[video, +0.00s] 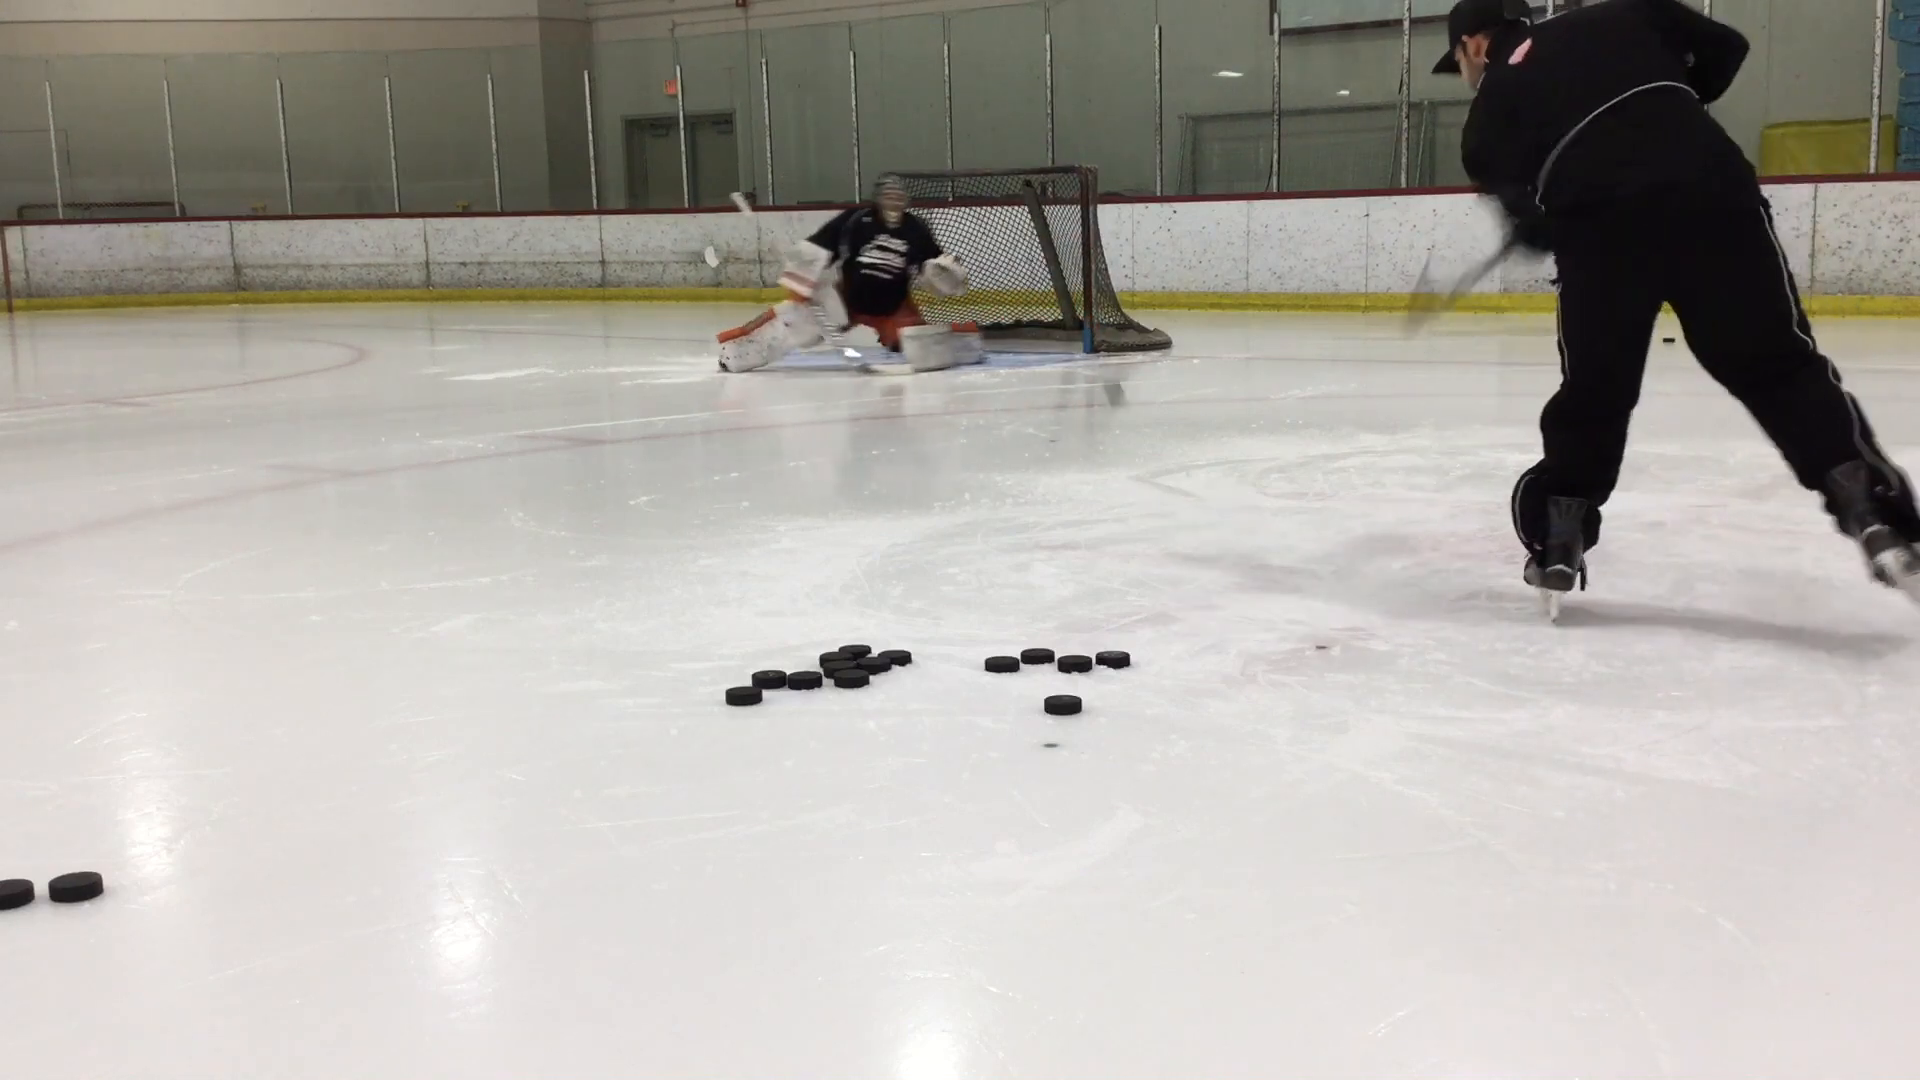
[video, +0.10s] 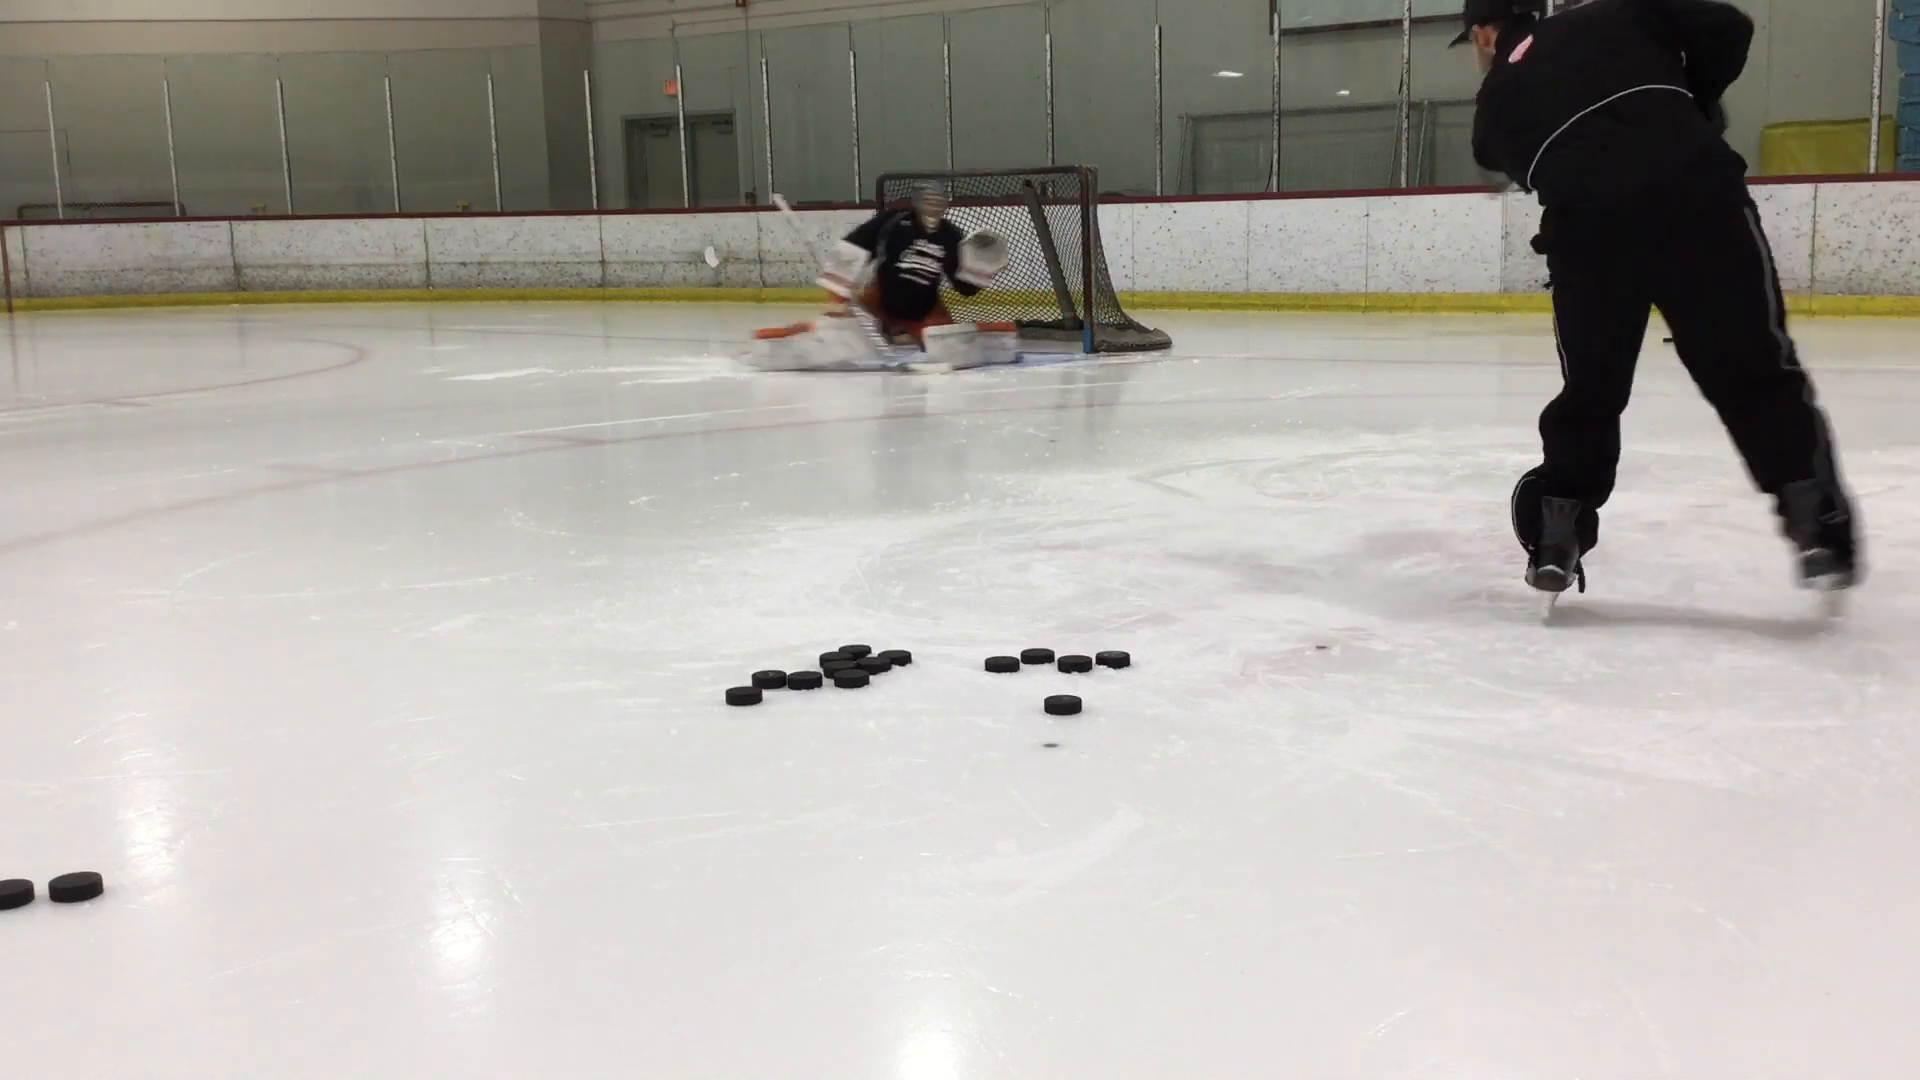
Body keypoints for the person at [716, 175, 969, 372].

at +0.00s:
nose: (895, 201)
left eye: (900, 196)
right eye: (889, 196)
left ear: (907, 201)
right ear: (877, 199)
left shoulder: (917, 230)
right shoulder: (857, 220)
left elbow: (940, 274)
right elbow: (813, 252)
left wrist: (946, 276)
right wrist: (804, 287)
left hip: (895, 309)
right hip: (847, 304)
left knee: (927, 350)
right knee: (792, 325)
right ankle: (740, 353)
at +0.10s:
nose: (935, 208)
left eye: (940, 203)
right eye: (929, 202)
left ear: (946, 206)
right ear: (917, 202)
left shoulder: (951, 236)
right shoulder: (893, 222)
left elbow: (965, 288)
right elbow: (849, 251)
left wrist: (980, 265)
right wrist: (838, 299)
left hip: (926, 311)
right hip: (882, 306)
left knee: (955, 351)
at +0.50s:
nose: (1042, 212)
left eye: (1046, 206)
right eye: (1035, 206)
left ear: (1052, 206)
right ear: (1022, 205)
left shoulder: (1056, 233)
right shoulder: (997, 221)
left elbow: (1068, 268)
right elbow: (960, 251)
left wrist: (1099, 296)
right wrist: (957, 286)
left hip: (1033, 308)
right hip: (991, 305)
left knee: (1078, 323)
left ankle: (1135, 337)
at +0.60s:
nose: (1067, 206)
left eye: (1070, 200)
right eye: (1062, 200)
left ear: (1073, 200)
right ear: (1046, 198)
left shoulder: (1075, 224)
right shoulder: (1017, 220)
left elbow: (1093, 260)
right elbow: (986, 253)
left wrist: (1124, 284)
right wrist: (992, 294)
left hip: (1056, 299)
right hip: (1015, 301)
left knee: (1098, 320)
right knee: (1023, 347)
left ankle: (1133, 340)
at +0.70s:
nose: (1088, 197)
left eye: (1090, 191)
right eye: (1082, 191)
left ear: (1094, 192)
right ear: (1066, 193)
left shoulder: (1095, 217)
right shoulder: (1040, 218)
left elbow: (1111, 253)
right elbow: (1011, 260)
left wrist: (1139, 279)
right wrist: (1029, 294)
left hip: (1088, 289)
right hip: (1050, 293)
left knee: (1126, 303)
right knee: (1113, 315)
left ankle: (1158, 339)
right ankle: (1156, 343)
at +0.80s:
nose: (1110, 194)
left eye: (1112, 187)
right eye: (1103, 188)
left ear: (1115, 188)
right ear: (1088, 190)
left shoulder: (1118, 213)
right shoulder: (1066, 215)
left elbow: (1127, 246)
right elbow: (1044, 261)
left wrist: (1147, 278)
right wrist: (1081, 297)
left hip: (1108, 282)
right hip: (1070, 288)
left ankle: (1174, 335)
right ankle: (1167, 338)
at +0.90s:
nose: (1129, 189)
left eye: (1132, 183)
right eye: (1123, 184)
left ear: (1134, 183)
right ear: (1108, 184)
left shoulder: (1139, 210)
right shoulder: (1085, 210)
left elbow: (1143, 244)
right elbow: (1066, 258)